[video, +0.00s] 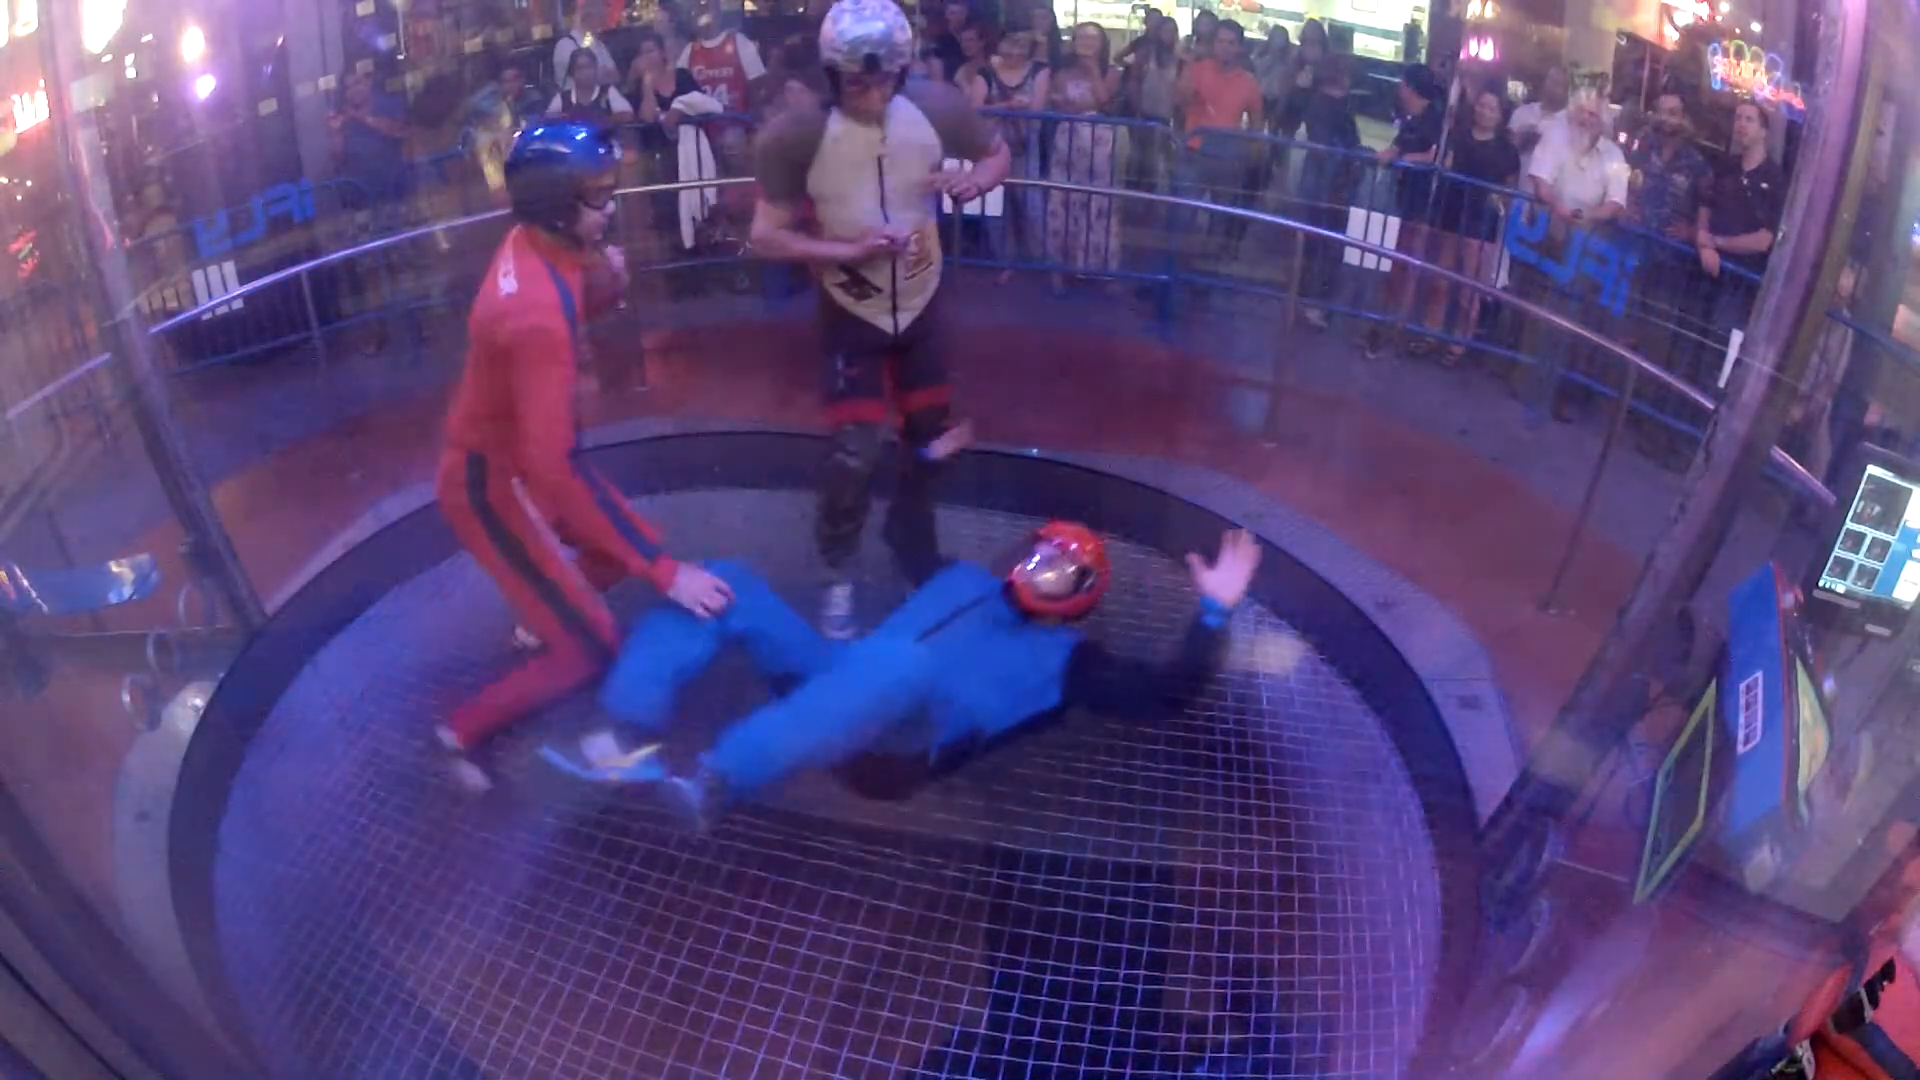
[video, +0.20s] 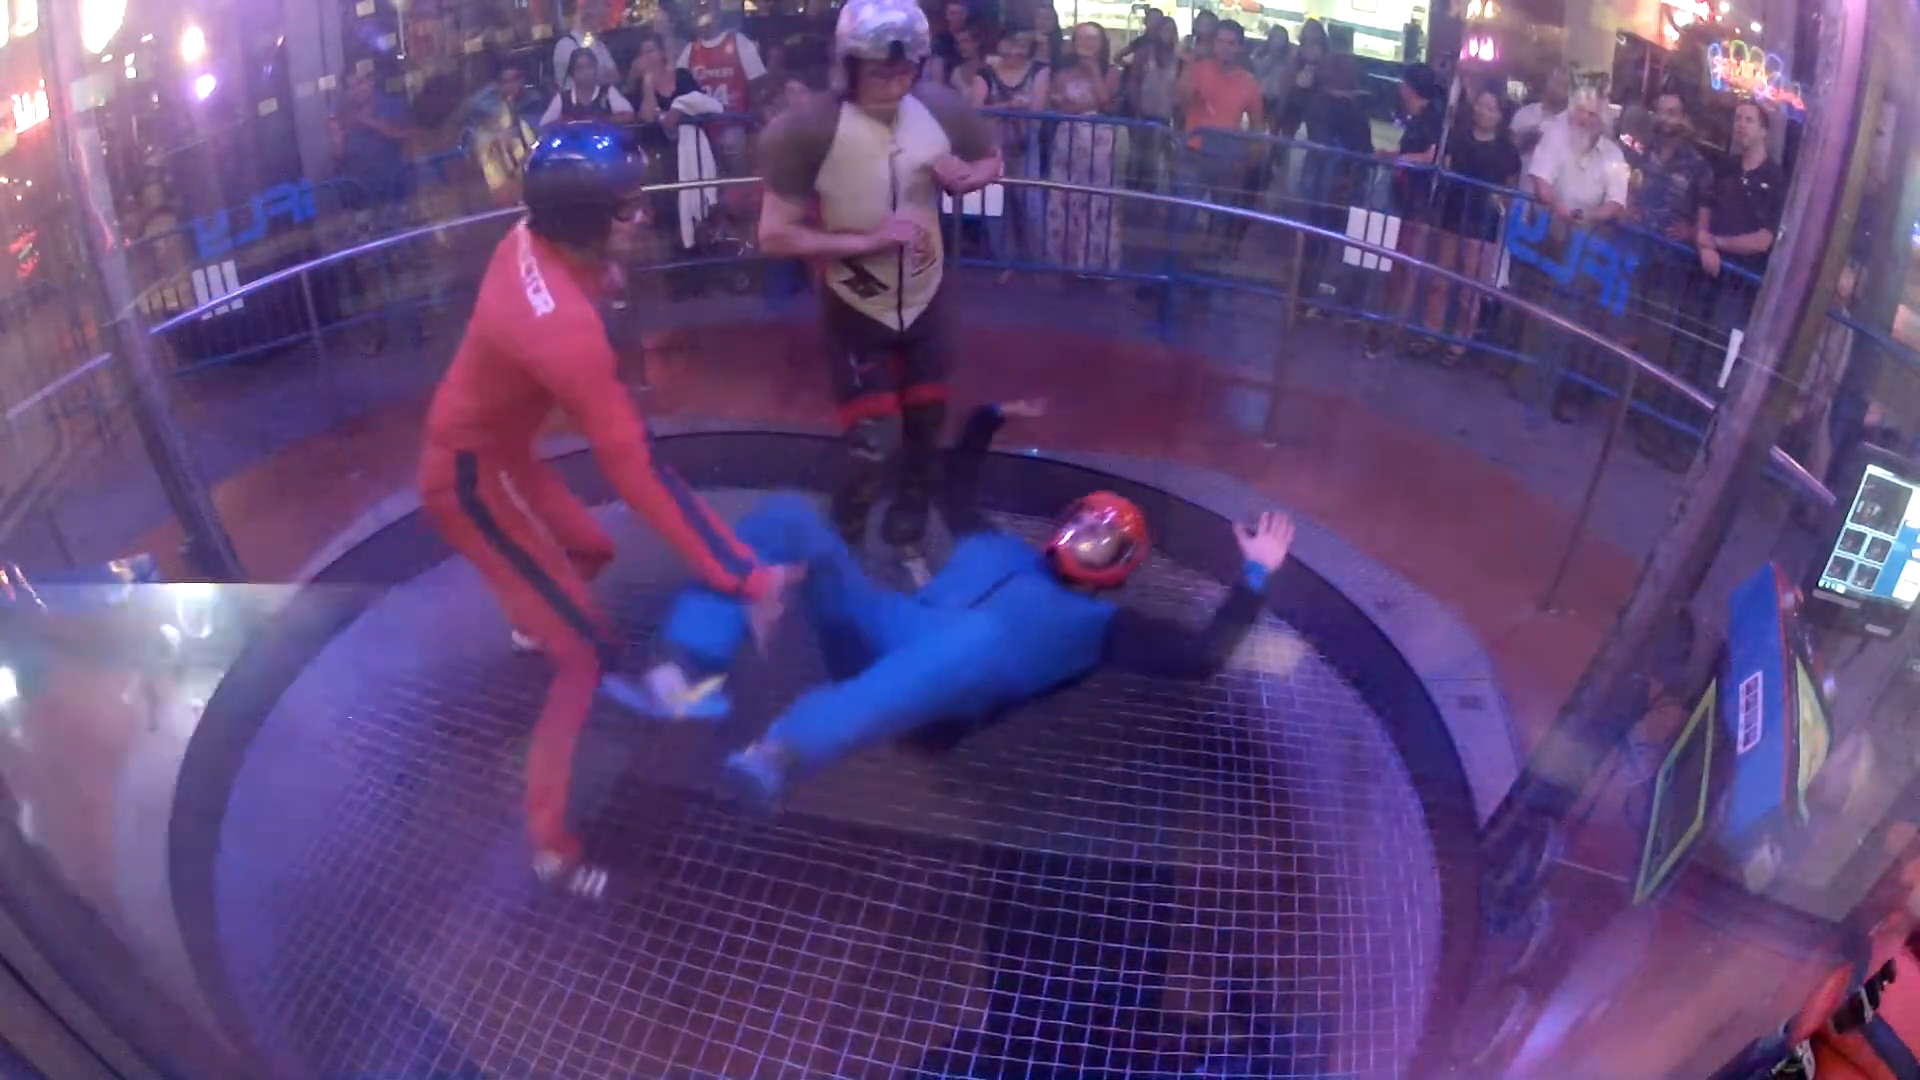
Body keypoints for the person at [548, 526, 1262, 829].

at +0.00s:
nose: (1043, 568)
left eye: (1064, 567)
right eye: (1041, 553)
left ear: (1083, 594)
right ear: (1020, 552)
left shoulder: (1072, 665)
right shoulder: (965, 583)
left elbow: (1170, 698)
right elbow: (906, 533)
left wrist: (1215, 610)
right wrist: (927, 461)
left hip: (896, 750)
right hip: (833, 698)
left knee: (903, 663)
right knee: (717, 584)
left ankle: (711, 783)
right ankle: (624, 732)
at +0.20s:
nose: (1091, 535)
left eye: (1111, 538)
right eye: (1086, 520)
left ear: (1121, 566)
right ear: (1060, 520)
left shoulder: (1101, 625)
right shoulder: (1000, 542)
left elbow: (1199, 657)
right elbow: (958, 489)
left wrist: (1256, 577)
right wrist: (988, 418)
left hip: (943, 684)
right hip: (882, 625)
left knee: (964, 648)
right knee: (787, 513)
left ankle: (780, 753)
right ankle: (687, 668)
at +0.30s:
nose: (1112, 515)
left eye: (1130, 519)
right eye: (1109, 502)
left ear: (1140, 545)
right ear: (1085, 502)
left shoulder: (1120, 604)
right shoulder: (1023, 524)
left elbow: (1223, 625)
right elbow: (975, 473)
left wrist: (1275, 557)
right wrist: (1019, 405)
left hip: (948, 664)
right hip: (892, 607)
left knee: (997, 613)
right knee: (812, 479)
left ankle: (799, 709)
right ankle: (702, 623)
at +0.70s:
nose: (1189, 391)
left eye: (1206, 394)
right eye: (1187, 382)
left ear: (1221, 426)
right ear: (1165, 390)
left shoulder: (1206, 479)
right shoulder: (1109, 420)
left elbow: (1296, 492)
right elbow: (1060, 396)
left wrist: (1342, 416)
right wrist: (1106, 330)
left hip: (1026, 520)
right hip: (970, 479)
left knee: (1031, 365)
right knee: (870, 346)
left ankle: (837, 448)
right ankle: (736, 418)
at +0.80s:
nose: (1206, 356)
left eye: (1226, 361)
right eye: (1204, 347)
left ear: (1240, 393)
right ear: (1183, 352)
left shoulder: (1219, 444)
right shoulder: (1133, 379)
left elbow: (1319, 452)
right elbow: (1073, 362)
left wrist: (1365, 380)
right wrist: (1119, 296)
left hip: (1052, 474)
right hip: (1008, 428)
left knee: (1054, 325)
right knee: (882, 309)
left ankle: (855, 402)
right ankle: (720, 386)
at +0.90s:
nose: (1223, 317)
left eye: (1243, 323)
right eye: (1221, 308)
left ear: (1253, 357)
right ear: (1197, 313)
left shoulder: (1234, 406)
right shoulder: (1147, 340)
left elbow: (1335, 422)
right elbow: (1092, 308)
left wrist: (1380, 347)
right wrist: (1138, 258)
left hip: (1061, 442)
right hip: (1007, 398)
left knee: (1069, 289)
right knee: (916, 258)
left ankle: (868, 360)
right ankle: (757, 335)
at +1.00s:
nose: (1238, 283)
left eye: (1257, 289)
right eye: (1236, 273)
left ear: (1268, 322)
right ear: (1214, 275)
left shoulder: (1246, 371)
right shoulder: (1168, 294)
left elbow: (1346, 396)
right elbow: (1114, 258)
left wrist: (1399, 321)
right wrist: (1152, 222)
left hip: (1067, 394)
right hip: (1024, 345)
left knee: (1090, 251)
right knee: (947, 204)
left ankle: (869, 310)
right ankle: (798, 271)